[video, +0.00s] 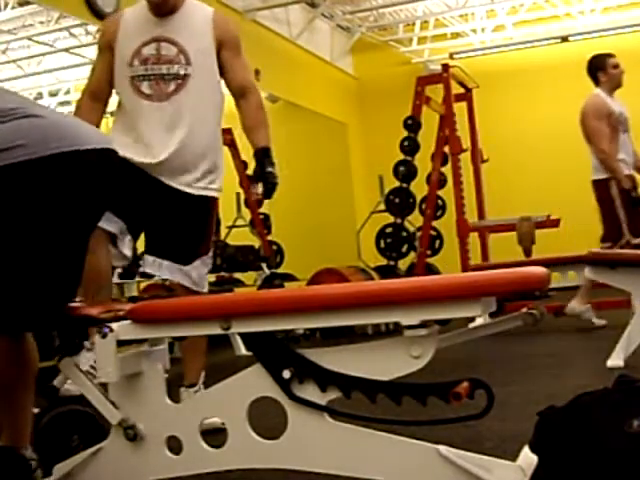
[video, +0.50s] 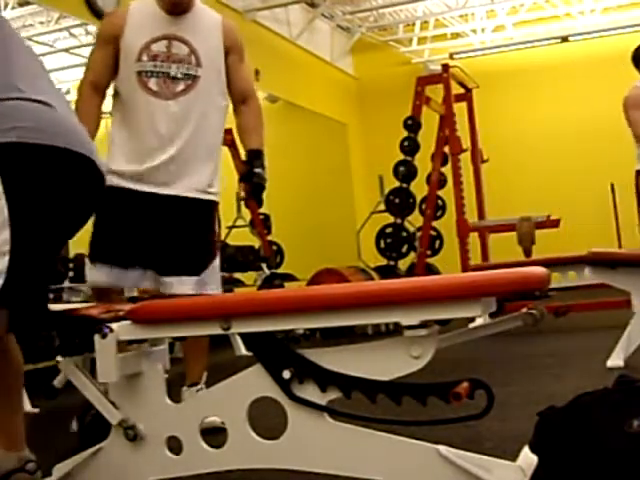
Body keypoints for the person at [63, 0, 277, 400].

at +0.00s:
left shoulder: (217, 26)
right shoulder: (117, 28)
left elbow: (246, 93)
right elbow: (93, 98)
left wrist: (264, 155)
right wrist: (71, 154)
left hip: (192, 181)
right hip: (124, 173)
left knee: (189, 293)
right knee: (94, 236)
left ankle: (194, 391)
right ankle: (90, 350)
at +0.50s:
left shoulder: (223, 32)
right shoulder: (120, 24)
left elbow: (246, 100)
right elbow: (92, 89)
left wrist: (256, 161)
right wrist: (76, 158)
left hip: (192, 189)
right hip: (126, 183)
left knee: (195, 304)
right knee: (109, 294)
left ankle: (195, 395)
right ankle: (117, 391)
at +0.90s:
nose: (204, 33)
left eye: (215, 26)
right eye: (200, 21)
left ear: (225, 20)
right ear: (182, 2)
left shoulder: (222, 48)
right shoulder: (126, 34)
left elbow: (230, 114)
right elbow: (106, 116)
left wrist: (239, 169)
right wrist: (122, 197)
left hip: (195, 197)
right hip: (131, 198)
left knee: (224, 306)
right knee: (128, 318)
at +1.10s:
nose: (238, 86)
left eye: (248, 80)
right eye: (235, 75)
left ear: (259, 72)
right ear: (218, 52)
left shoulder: (257, 89)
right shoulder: (161, 76)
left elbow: (259, 153)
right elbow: (138, 167)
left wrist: (247, 212)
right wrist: (144, 250)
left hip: (209, 196)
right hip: (150, 193)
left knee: (229, 302)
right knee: (146, 306)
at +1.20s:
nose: (247, 137)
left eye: (257, 133)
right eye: (245, 128)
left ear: (269, 120)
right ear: (232, 101)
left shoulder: (264, 120)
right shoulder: (168, 120)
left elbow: (264, 178)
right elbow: (149, 210)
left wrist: (250, 236)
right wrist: (153, 292)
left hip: (210, 209)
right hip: (159, 211)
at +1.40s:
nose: (247, 212)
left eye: (256, 207)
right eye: (246, 204)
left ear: (265, 196)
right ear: (231, 177)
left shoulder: (260, 188)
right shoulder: (173, 186)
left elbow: (247, 262)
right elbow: (156, 278)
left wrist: (243, 338)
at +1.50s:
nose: (242, 236)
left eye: (251, 232)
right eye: (241, 226)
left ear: (263, 220)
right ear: (228, 194)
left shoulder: (257, 211)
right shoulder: (171, 201)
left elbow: (244, 280)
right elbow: (154, 287)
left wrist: (224, 335)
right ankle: (98, 408)